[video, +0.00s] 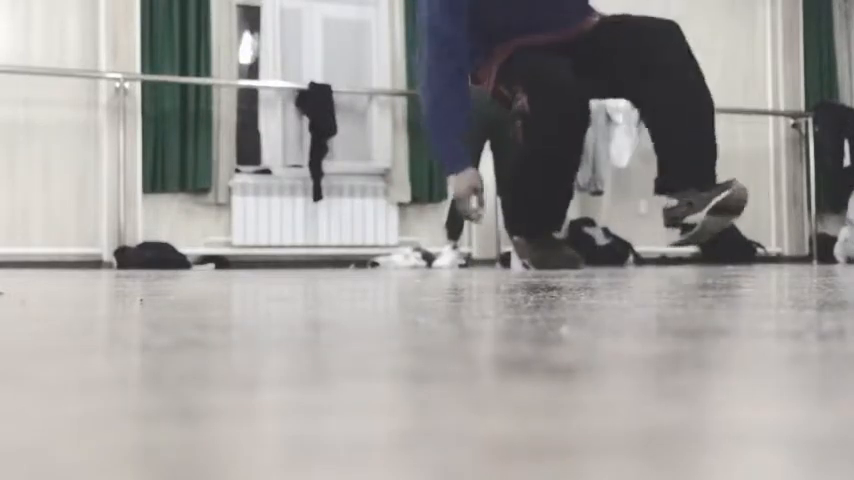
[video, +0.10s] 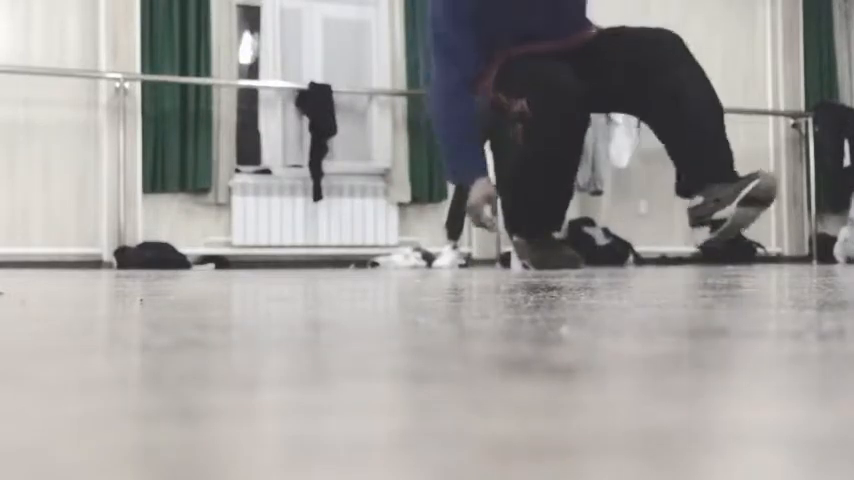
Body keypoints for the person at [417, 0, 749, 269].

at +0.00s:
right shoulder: (445, 6)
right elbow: (442, 65)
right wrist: (458, 165)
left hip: (575, 40)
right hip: (502, 52)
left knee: (660, 40)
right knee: (556, 91)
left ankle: (688, 193)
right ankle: (534, 234)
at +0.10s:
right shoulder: (453, 9)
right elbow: (451, 78)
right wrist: (471, 176)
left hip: (572, 48)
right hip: (497, 63)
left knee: (660, 50)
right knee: (559, 94)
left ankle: (711, 186)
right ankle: (534, 232)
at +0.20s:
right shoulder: (456, 9)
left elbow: (569, 39)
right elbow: (456, 78)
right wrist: (482, 177)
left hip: (571, 63)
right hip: (498, 71)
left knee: (662, 67)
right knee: (556, 96)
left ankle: (732, 184)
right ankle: (533, 236)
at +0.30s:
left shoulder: (569, 5)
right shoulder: (460, 10)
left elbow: (572, 49)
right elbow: (456, 84)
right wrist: (487, 177)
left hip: (568, 77)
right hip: (500, 82)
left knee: (659, 87)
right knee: (546, 112)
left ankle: (748, 183)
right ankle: (531, 235)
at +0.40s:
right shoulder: (470, 7)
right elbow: (461, 80)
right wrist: (487, 179)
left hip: (568, 95)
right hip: (493, 98)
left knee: (664, 110)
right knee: (552, 111)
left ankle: (761, 187)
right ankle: (536, 237)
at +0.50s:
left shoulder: (592, 4)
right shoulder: (479, 6)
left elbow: (633, 60)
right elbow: (471, 88)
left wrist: (698, 84)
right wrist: (492, 184)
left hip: (568, 110)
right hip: (496, 115)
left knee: (660, 130)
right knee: (563, 132)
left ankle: (772, 186)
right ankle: (547, 234)